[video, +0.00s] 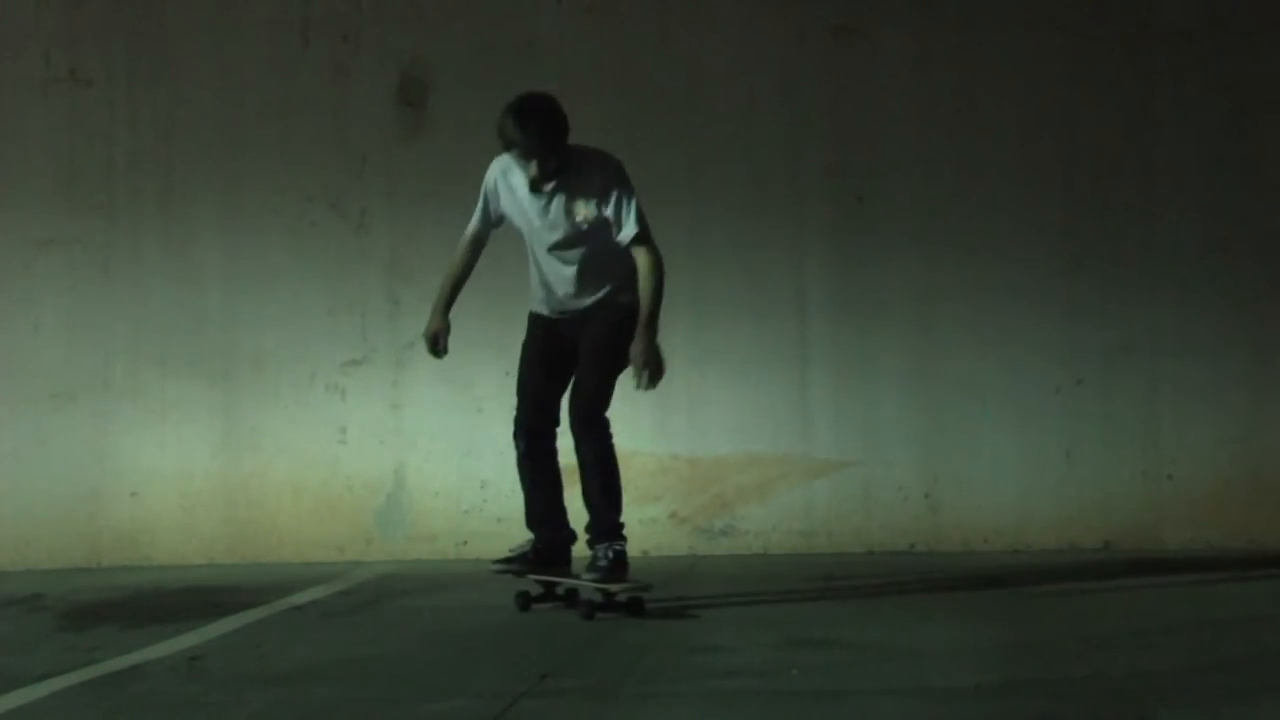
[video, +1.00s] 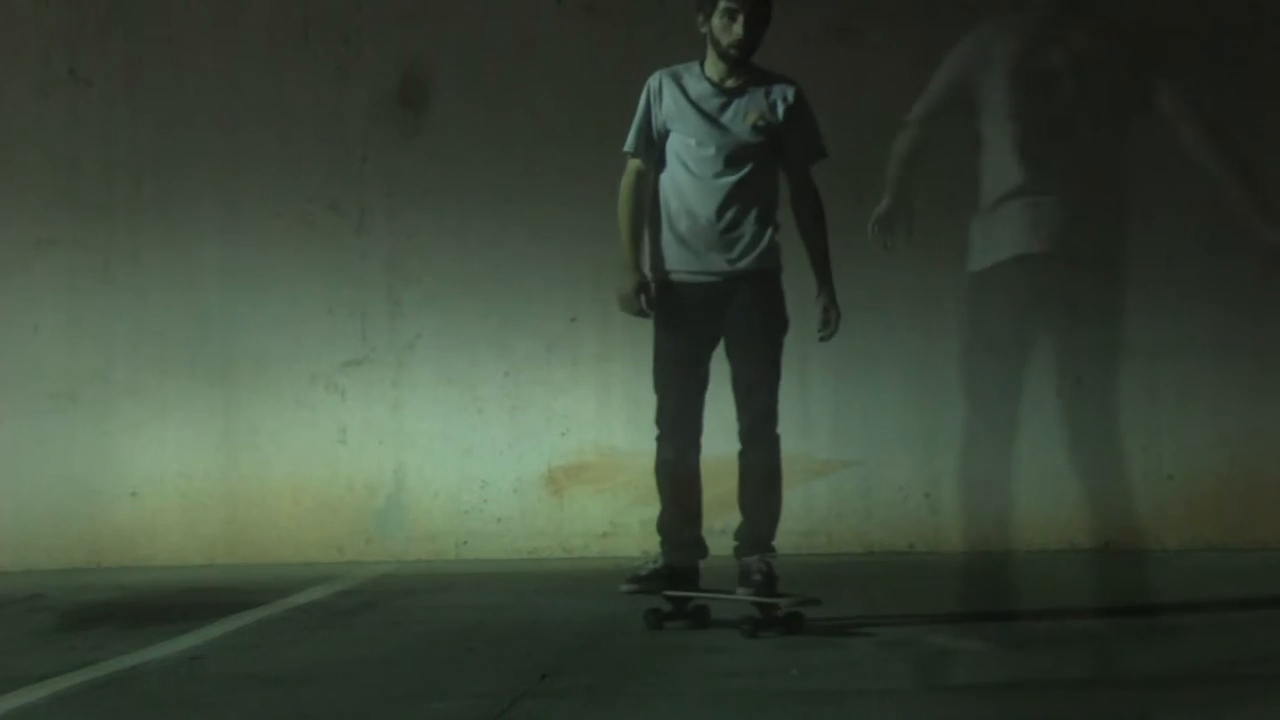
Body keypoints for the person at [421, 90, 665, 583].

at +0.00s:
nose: (535, 168)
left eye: (543, 155)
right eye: (524, 157)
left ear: (562, 144)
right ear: (511, 150)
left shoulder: (601, 174)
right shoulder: (502, 174)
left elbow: (644, 251)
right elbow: (473, 239)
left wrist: (647, 334)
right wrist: (439, 310)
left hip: (607, 313)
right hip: (549, 316)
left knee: (587, 417)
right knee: (531, 426)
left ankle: (607, 544)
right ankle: (549, 543)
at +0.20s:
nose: (578, 110)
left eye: (588, 96)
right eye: (566, 97)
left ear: (603, 92)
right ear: (549, 94)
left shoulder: (637, 139)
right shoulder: (532, 139)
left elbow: (676, 215)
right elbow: (503, 211)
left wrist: (696, 300)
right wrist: (477, 291)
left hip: (623, 299)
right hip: (560, 301)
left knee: (612, 413)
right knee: (552, 425)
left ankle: (633, 544)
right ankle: (571, 546)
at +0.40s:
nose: (621, 69)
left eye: (630, 58)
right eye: (609, 59)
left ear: (645, 59)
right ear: (590, 62)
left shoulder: (672, 118)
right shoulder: (562, 118)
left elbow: (706, 197)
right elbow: (532, 193)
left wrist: (727, 283)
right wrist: (526, 275)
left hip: (648, 291)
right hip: (581, 293)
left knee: (646, 417)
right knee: (577, 425)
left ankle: (659, 546)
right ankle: (593, 548)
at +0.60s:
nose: (665, 49)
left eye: (675, 38)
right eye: (654, 37)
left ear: (686, 43)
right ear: (630, 40)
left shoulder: (707, 109)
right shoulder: (595, 104)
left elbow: (732, 198)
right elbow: (566, 188)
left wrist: (756, 283)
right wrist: (569, 269)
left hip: (682, 290)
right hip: (611, 290)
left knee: (680, 423)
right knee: (607, 429)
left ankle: (686, 549)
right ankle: (616, 551)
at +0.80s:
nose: (705, 36)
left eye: (715, 25)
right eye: (694, 23)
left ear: (725, 32)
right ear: (669, 28)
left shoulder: (743, 103)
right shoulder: (629, 95)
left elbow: (767, 198)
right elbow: (601, 183)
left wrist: (788, 288)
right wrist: (603, 270)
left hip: (717, 288)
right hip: (645, 288)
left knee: (718, 425)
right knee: (639, 426)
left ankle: (716, 553)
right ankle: (642, 554)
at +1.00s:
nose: (742, 29)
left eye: (752, 18)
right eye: (730, 16)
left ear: (762, 23)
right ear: (705, 21)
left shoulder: (781, 98)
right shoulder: (663, 89)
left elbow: (804, 192)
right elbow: (635, 178)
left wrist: (824, 284)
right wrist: (632, 268)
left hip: (754, 284)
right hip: (680, 285)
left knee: (758, 425)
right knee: (675, 427)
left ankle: (757, 556)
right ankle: (679, 559)